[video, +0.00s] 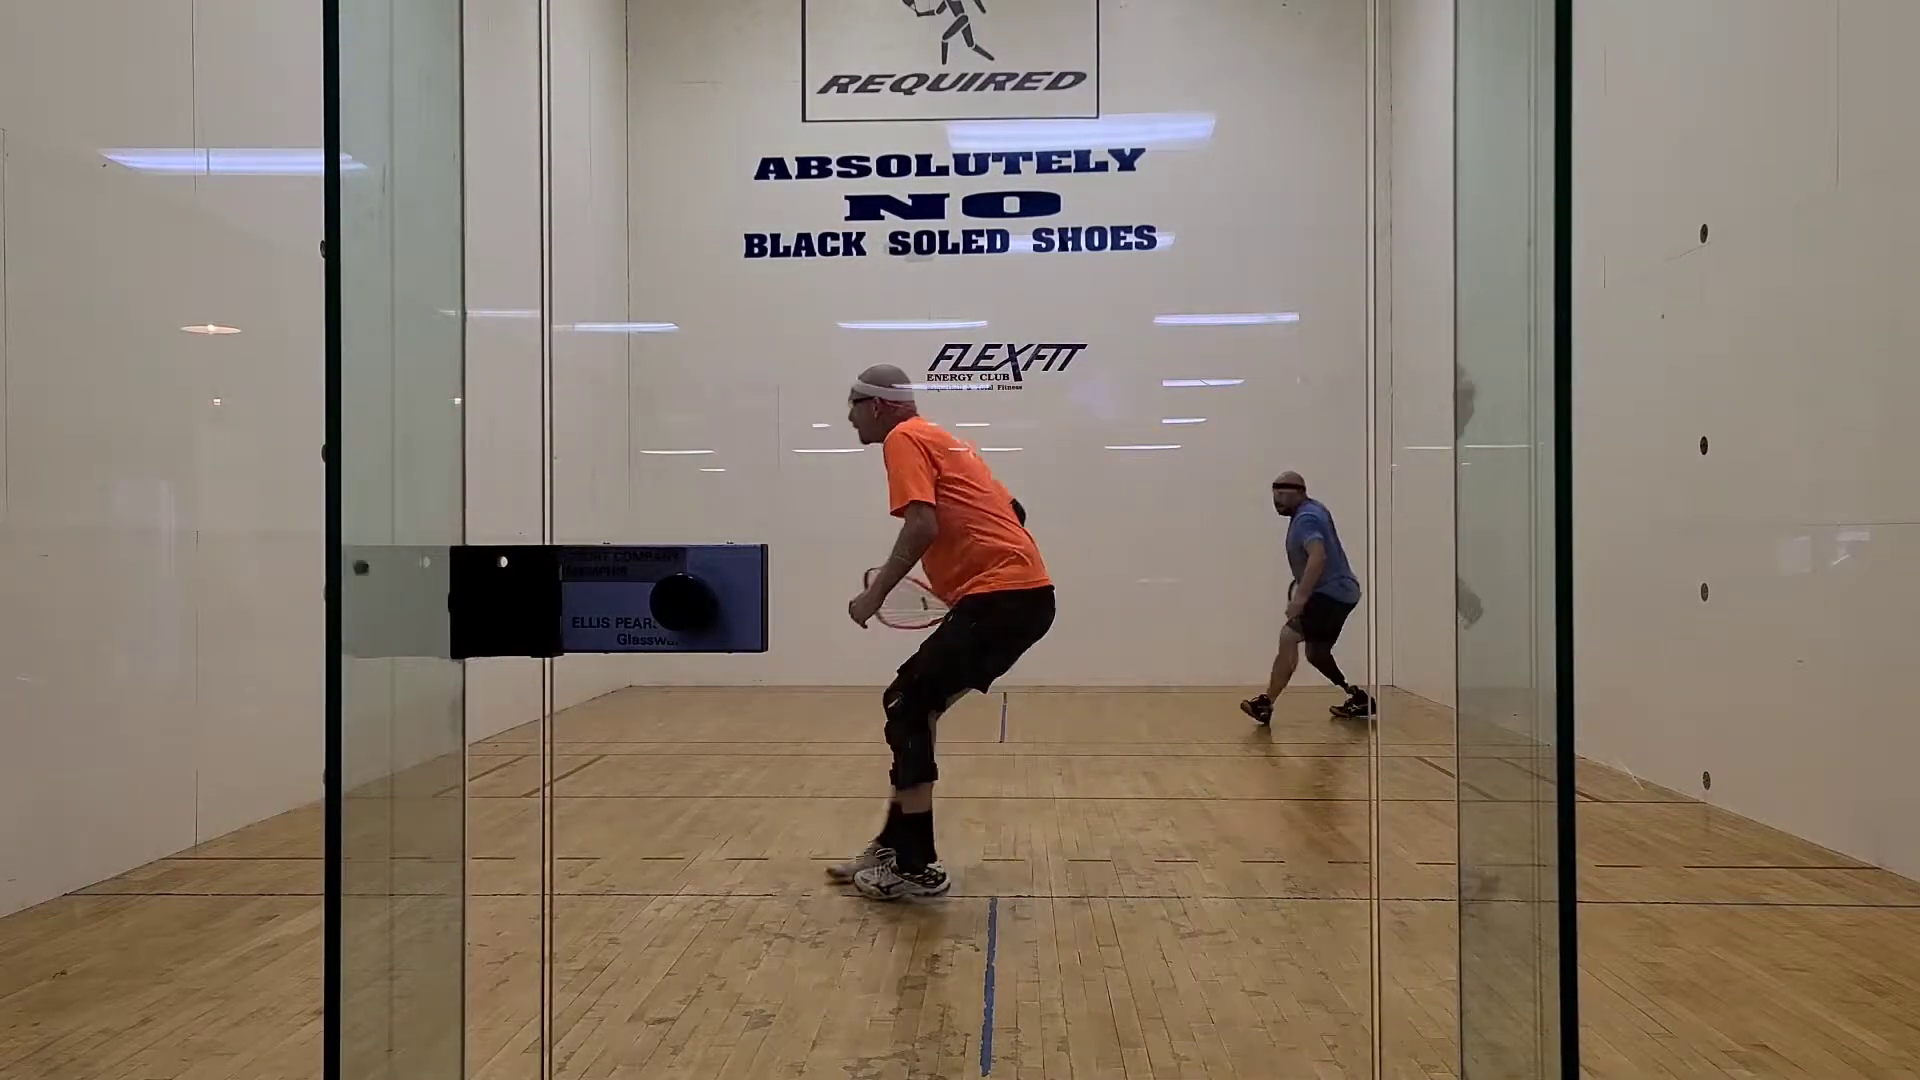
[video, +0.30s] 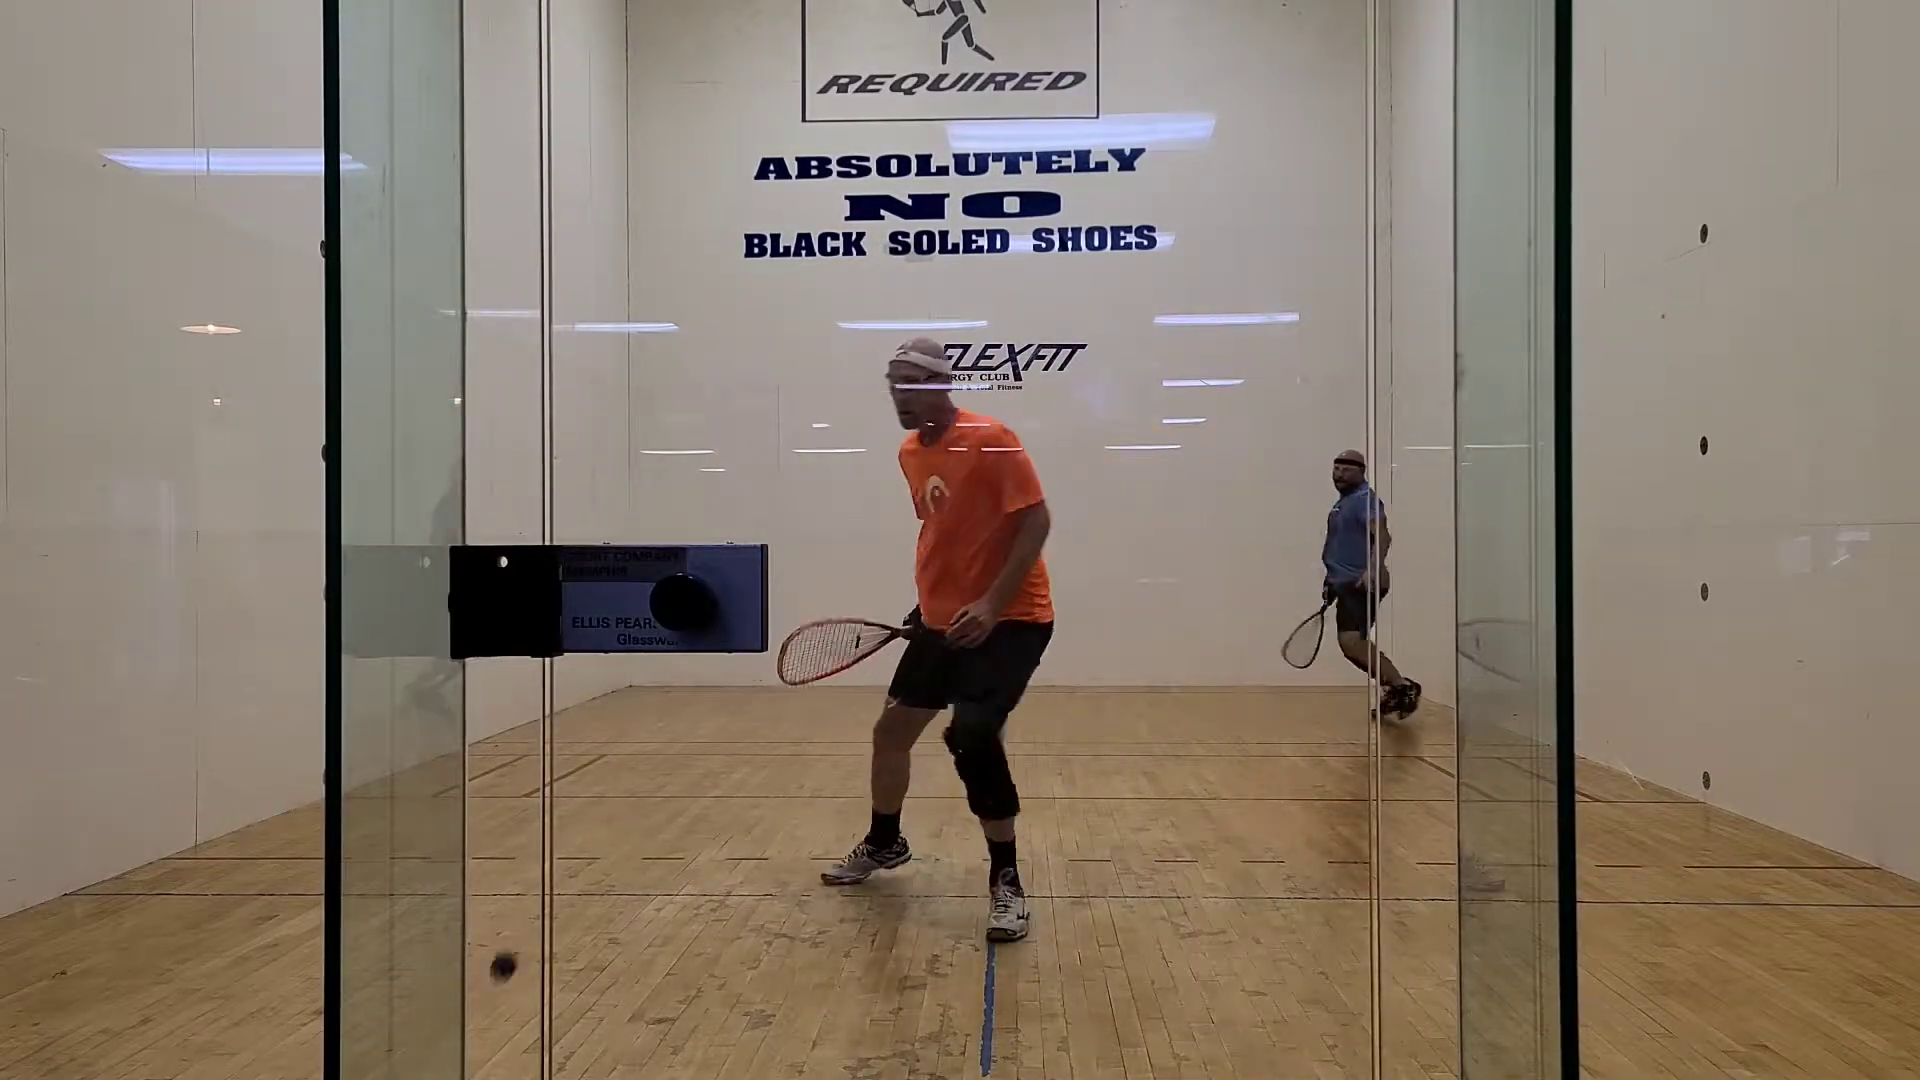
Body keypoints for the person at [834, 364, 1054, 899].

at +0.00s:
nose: (852, 422)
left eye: (855, 411)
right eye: (852, 412)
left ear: (880, 407)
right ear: (900, 407)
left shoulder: (904, 438)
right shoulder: (945, 441)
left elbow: (922, 523)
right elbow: (1010, 510)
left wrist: (876, 592)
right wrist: (952, 581)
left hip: (1002, 595)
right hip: (1021, 594)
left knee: (906, 704)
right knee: (910, 703)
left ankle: (918, 864)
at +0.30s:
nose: (900, 399)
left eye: (911, 387)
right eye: (894, 387)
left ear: (943, 386)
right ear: (892, 390)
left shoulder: (993, 442)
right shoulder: (911, 454)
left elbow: (1036, 523)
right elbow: (942, 533)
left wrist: (992, 604)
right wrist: (927, 605)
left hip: (1011, 621)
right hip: (946, 619)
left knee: (972, 738)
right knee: (891, 734)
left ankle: (1005, 884)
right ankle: (884, 842)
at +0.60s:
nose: (1046, 360)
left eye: (1058, 350)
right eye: (1034, 349)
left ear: (1077, 361)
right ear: (1013, 361)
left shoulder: (1117, 419)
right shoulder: (985, 442)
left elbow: (1153, 502)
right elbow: (943, 522)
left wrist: (1135, 548)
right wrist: (930, 593)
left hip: (1103, 613)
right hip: (1025, 609)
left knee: (1075, 762)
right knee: (1013, 736)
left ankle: (1025, 877)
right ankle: (966, 903)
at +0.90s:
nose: (1283, 350)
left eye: (1292, 339)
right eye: (1270, 336)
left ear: (1300, 348)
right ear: (1235, 343)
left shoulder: (1291, 416)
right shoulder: (1184, 408)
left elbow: (1290, 479)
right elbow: (1092, 445)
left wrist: (1358, 507)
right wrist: (1079, 429)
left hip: (1234, 625)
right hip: (1162, 628)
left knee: (1341, 743)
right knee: (1191, 790)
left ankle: (1359, 941)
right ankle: (1036, 891)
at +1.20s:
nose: (1531, 417)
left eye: (1533, 402)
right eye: (1524, 400)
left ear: (1464, 386)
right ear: (1495, 394)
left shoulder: (1412, 437)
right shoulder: (1445, 458)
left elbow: (1320, 485)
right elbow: (1477, 573)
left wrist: (1374, 556)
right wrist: (1541, 530)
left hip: (1324, 653)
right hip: (1372, 661)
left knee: (1458, 780)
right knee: (1525, 804)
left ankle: (1371, 936)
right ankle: (1626, 1008)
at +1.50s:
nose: (1531, 331)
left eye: (1522, 312)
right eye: (1542, 315)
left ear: (1485, 311)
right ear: (1556, 318)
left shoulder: (1425, 386)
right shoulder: (1589, 385)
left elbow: (1405, 491)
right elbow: (1637, 471)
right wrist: (1568, 483)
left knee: (1439, 780)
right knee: (1637, 797)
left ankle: (1379, 948)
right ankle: (1653, 1000)